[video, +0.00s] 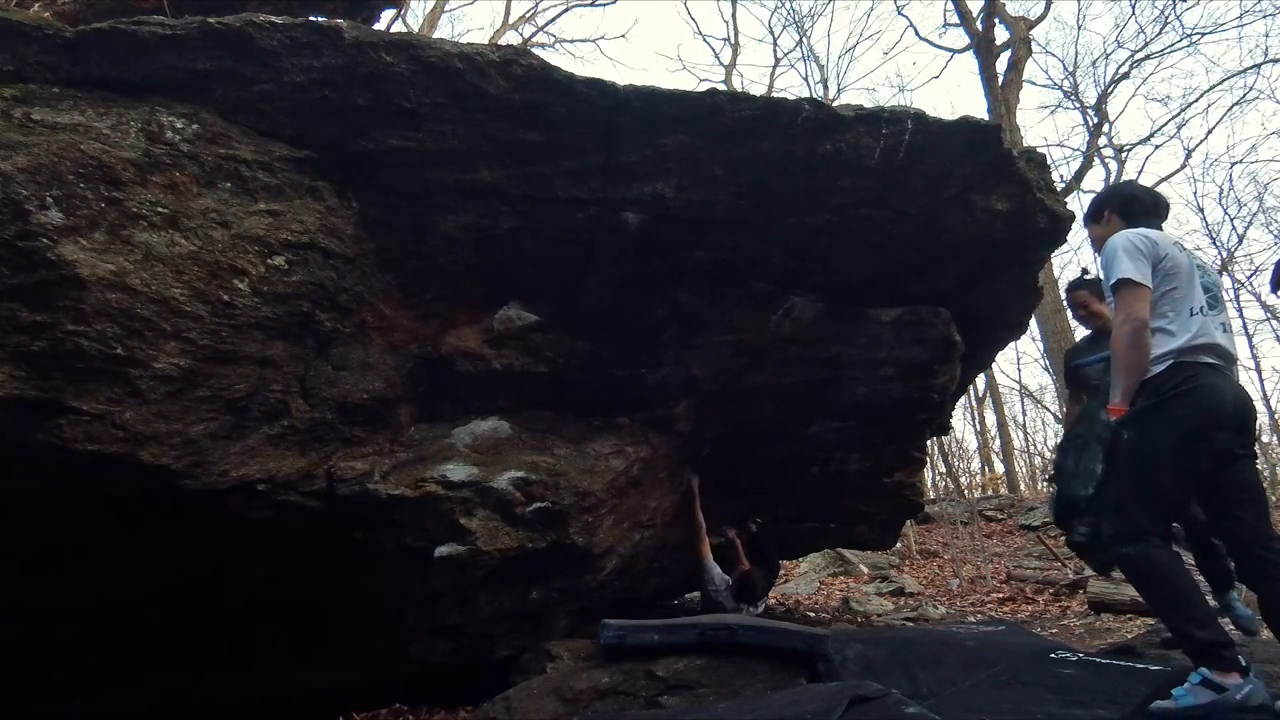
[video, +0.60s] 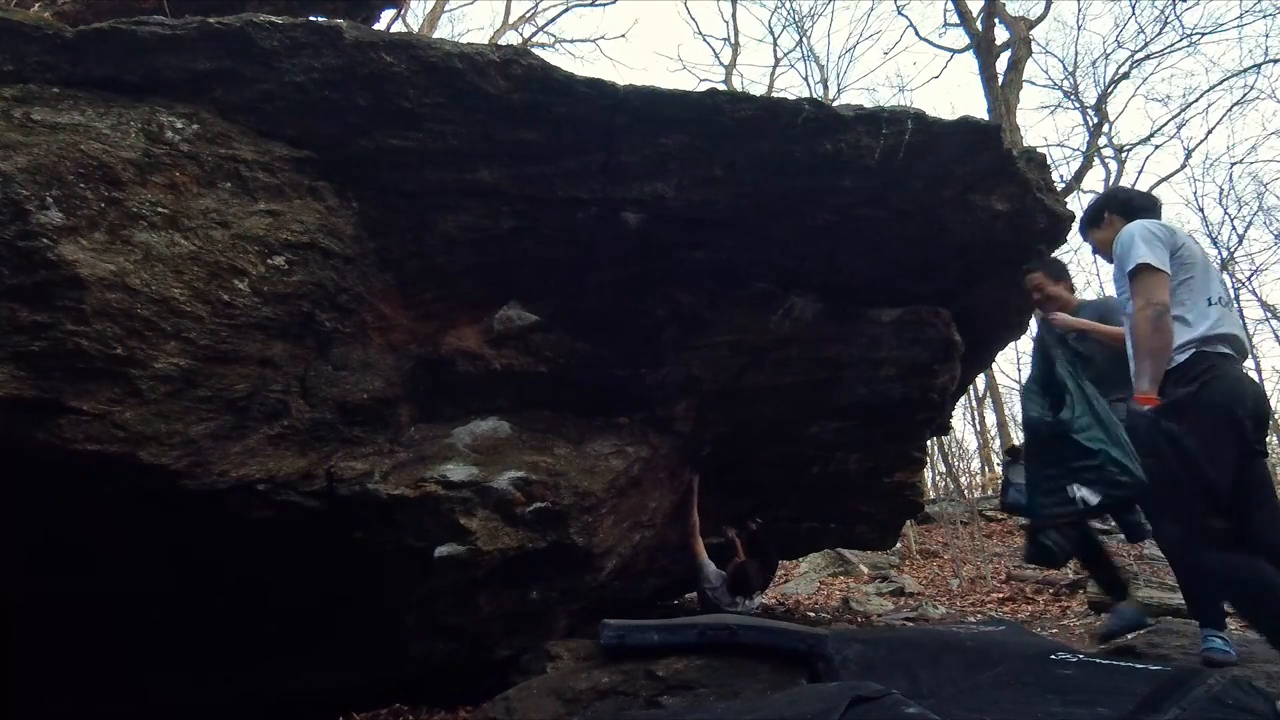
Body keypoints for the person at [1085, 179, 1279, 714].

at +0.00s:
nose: (1094, 242)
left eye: (1094, 232)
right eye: (1091, 234)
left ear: (1111, 217)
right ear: (1148, 216)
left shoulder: (1125, 241)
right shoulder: (1188, 257)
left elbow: (1133, 321)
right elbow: (1211, 330)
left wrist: (1118, 404)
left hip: (1179, 391)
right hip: (1227, 391)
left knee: (1130, 535)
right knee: (1256, 543)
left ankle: (1224, 669)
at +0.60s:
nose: (1097, 253)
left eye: (1095, 241)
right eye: (1093, 248)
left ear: (1110, 219)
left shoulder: (1139, 231)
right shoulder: (1181, 249)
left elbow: (1156, 310)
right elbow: (1151, 337)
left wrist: (1144, 398)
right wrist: (1077, 324)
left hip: (1198, 385)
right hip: (1239, 388)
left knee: (1182, 527)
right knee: (1258, 523)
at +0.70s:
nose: (1098, 254)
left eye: (1095, 243)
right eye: (1092, 249)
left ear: (1111, 216)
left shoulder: (1143, 230)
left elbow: (1159, 310)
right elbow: (1136, 334)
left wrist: (1153, 399)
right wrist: (1064, 319)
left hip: (1204, 390)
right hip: (1231, 390)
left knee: (1222, 533)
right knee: (1256, 526)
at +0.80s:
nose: (1096, 249)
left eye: (1091, 238)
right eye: (1089, 245)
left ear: (1108, 212)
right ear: (1114, 213)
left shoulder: (1153, 228)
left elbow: (1170, 308)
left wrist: (1161, 399)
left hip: (1204, 390)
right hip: (1222, 387)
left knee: (1244, 539)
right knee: (1247, 536)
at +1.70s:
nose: (1103, 232)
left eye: (1098, 218)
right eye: (1094, 227)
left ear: (1122, 188)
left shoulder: (1191, 224)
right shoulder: (1163, 245)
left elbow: (1231, 312)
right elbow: (1202, 327)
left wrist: (1211, 408)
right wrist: (1185, 412)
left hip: (1238, 404)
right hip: (1199, 416)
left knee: (1271, 539)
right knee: (1167, 532)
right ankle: (1276, 624)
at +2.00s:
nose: (1083, 221)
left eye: (1085, 208)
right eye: (1081, 211)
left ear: (1108, 197)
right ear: (1116, 199)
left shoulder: (1161, 227)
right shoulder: (1159, 236)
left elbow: (1198, 314)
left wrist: (1199, 409)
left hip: (1241, 390)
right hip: (1213, 402)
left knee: (1271, 533)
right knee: (1133, 498)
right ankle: (1213, 624)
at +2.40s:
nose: (1077, 237)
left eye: (1079, 224)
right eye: (1075, 228)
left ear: (1105, 213)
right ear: (1110, 217)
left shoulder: (1156, 235)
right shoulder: (1143, 256)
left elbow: (1195, 313)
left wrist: (1204, 407)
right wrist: (1183, 409)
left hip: (1238, 395)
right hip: (1199, 411)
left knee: (1271, 541)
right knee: (1126, 509)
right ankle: (1180, 642)